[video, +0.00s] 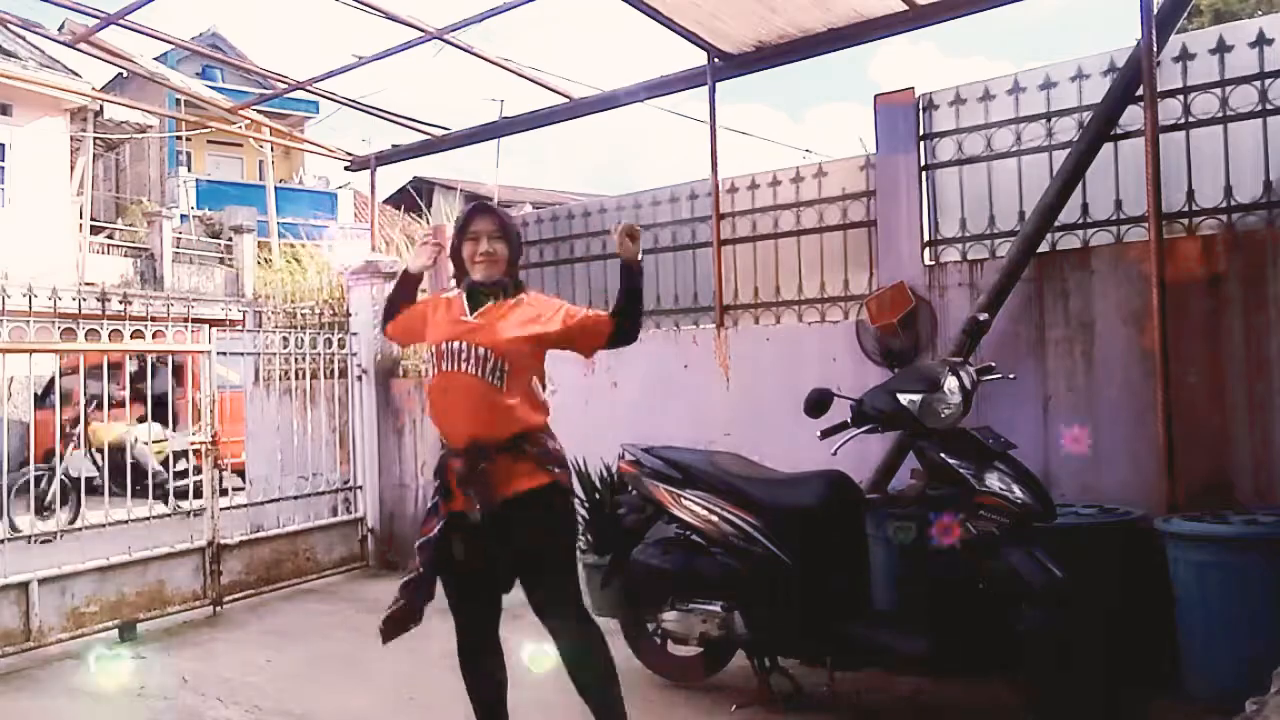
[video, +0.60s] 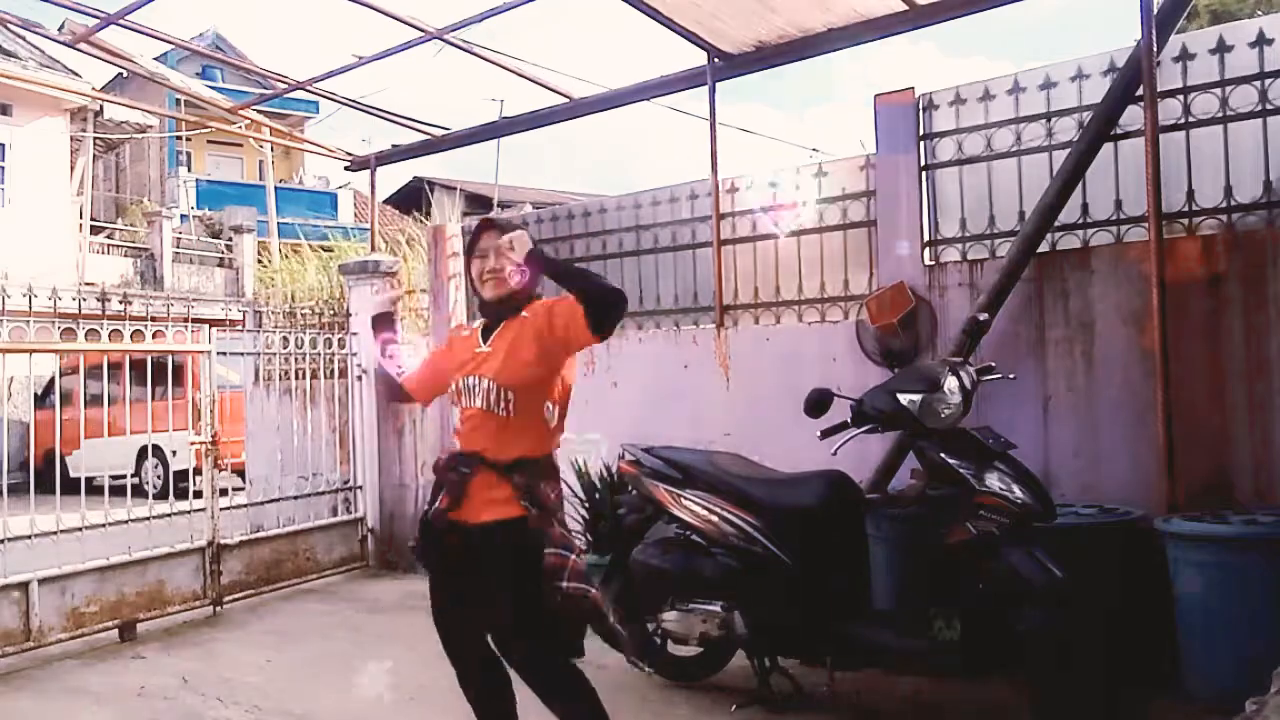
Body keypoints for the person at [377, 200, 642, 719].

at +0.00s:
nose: (484, 248)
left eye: (496, 238)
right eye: (473, 239)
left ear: (514, 249)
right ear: (458, 252)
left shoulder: (534, 311)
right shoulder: (439, 310)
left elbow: (621, 330)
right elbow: (393, 324)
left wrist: (630, 265)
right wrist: (413, 270)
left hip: (532, 487)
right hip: (463, 497)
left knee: (565, 619)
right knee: (474, 636)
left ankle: (613, 715)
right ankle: (491, 717)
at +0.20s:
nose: (491, 255)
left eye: (504, 245)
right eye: (481, 245)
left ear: (524, 255)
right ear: (466, 255)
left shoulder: (546, 310)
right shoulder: (443, 304)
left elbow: (622, 310)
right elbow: (369, 300)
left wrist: (678, 267)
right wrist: (335, 265)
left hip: (549, 496)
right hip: (479, 506)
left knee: (587, 631)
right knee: (475, 646)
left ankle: (622, 714)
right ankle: (496, 716)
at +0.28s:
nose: (503, 262)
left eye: (516, 253)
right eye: (492, 252)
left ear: (535, 262)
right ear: (478, 262)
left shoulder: (556, 311)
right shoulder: (459, 317)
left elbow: (603, 312)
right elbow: (374, 319)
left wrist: (624, 270)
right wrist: (303, 286)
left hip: (552, 501)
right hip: (484, 510)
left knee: (575, 634)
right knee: (459, 643)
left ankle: (616, 718)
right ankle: (499, 719)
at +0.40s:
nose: (505, 272)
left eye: (516, 263)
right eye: (495, 263)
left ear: (536, 271)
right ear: (484, 272)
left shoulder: (560, 323)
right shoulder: (472, 327)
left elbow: (589, 317)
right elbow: (386, 339)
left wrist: (546, 268)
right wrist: (297, 319)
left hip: (539, 514)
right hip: (473, 516)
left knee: (554, 641)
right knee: (446, 640)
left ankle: (605, 717)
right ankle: (497, 717)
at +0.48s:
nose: (502, 279)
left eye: (515, 269)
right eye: (493, 270)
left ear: (539, 278)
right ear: (483, 282)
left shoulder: (563, 330)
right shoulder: (474, 340)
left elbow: (587, 307)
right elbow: (396, 366)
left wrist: (499, 264)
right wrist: (317, 329)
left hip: (524, 518)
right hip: (457, 517)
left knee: (539, 645)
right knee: (447, 640)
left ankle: (597, 715)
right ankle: (495, 717)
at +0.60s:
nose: (490, 265)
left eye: (504, 254)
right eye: (479, 257)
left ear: (525, 268)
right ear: (468, 272)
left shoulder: (547, 322)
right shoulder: (462, 341)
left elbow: (611, 302)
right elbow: (404, 393)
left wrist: (541, 261)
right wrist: (377, 355)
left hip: (514, 518)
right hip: (455, 519)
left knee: (525, 644)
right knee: (460, 640)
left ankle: (589, 714)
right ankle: (497, 716)